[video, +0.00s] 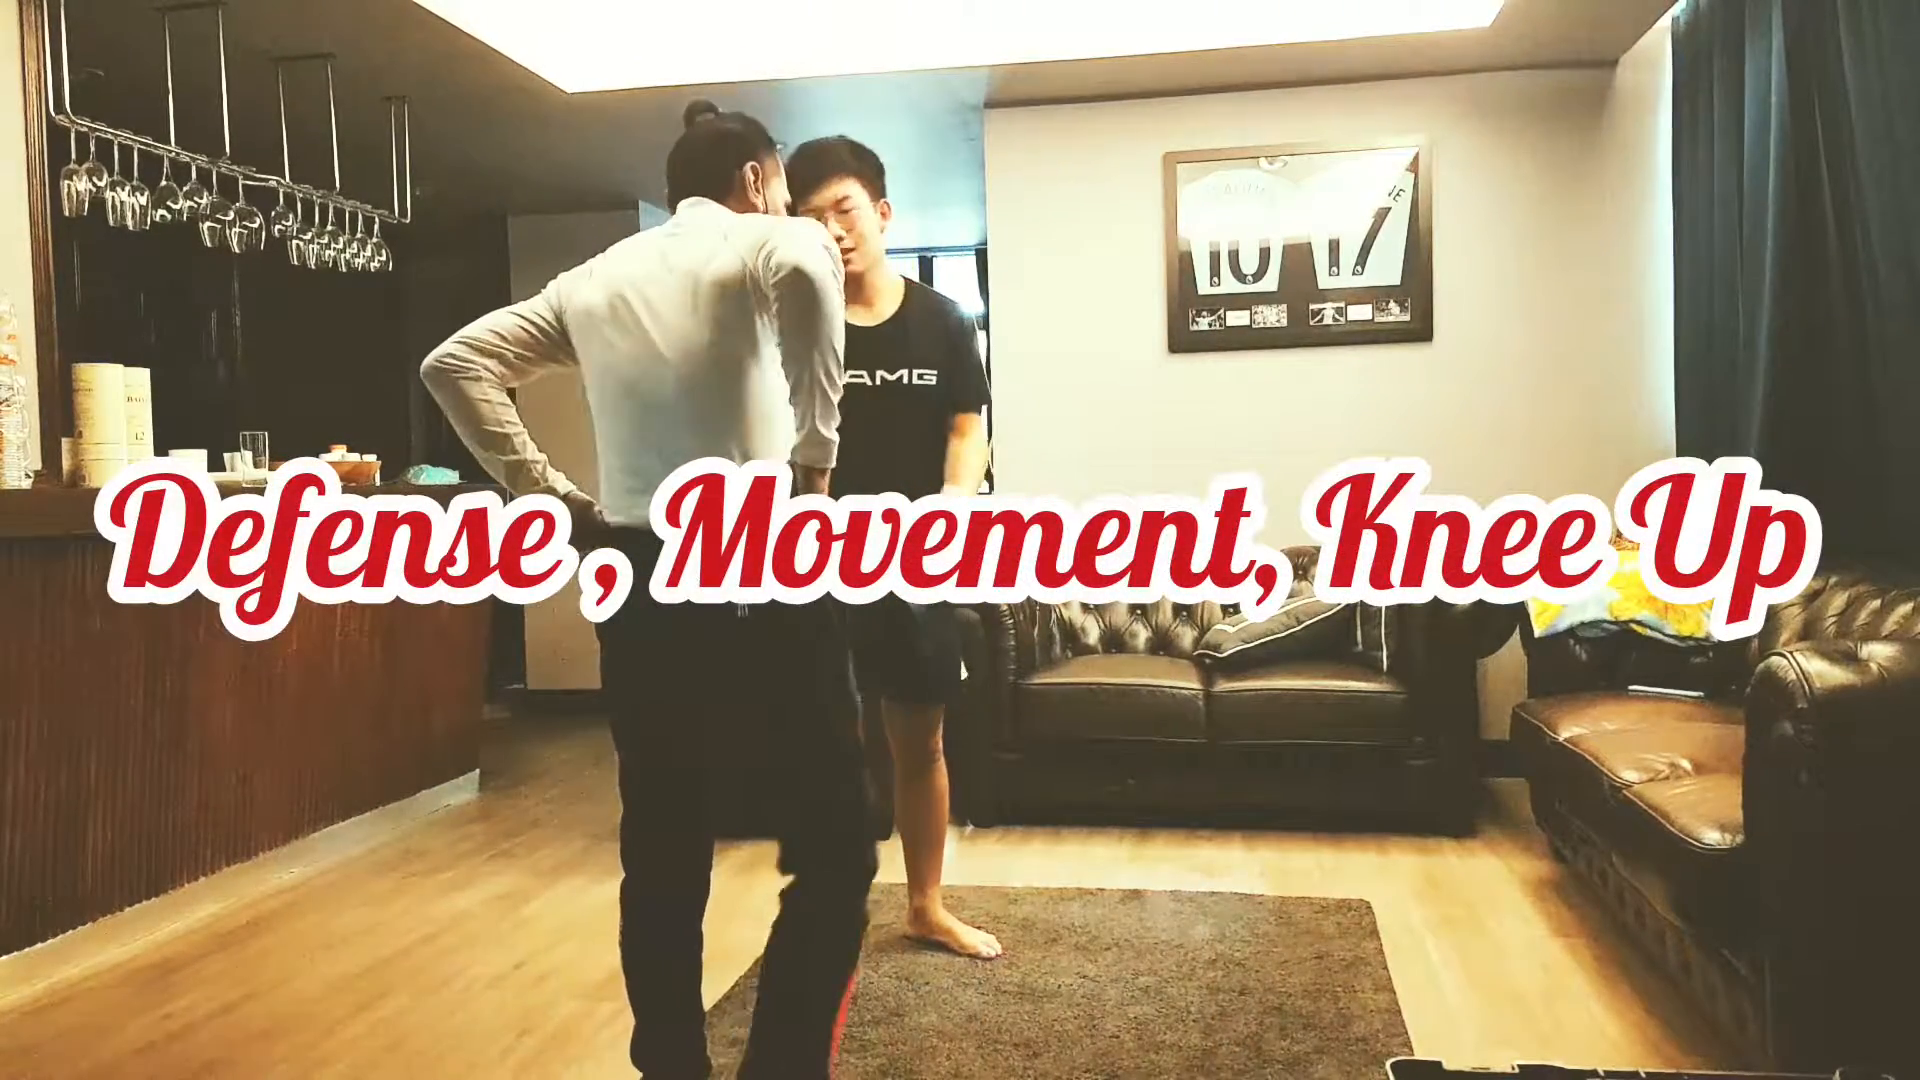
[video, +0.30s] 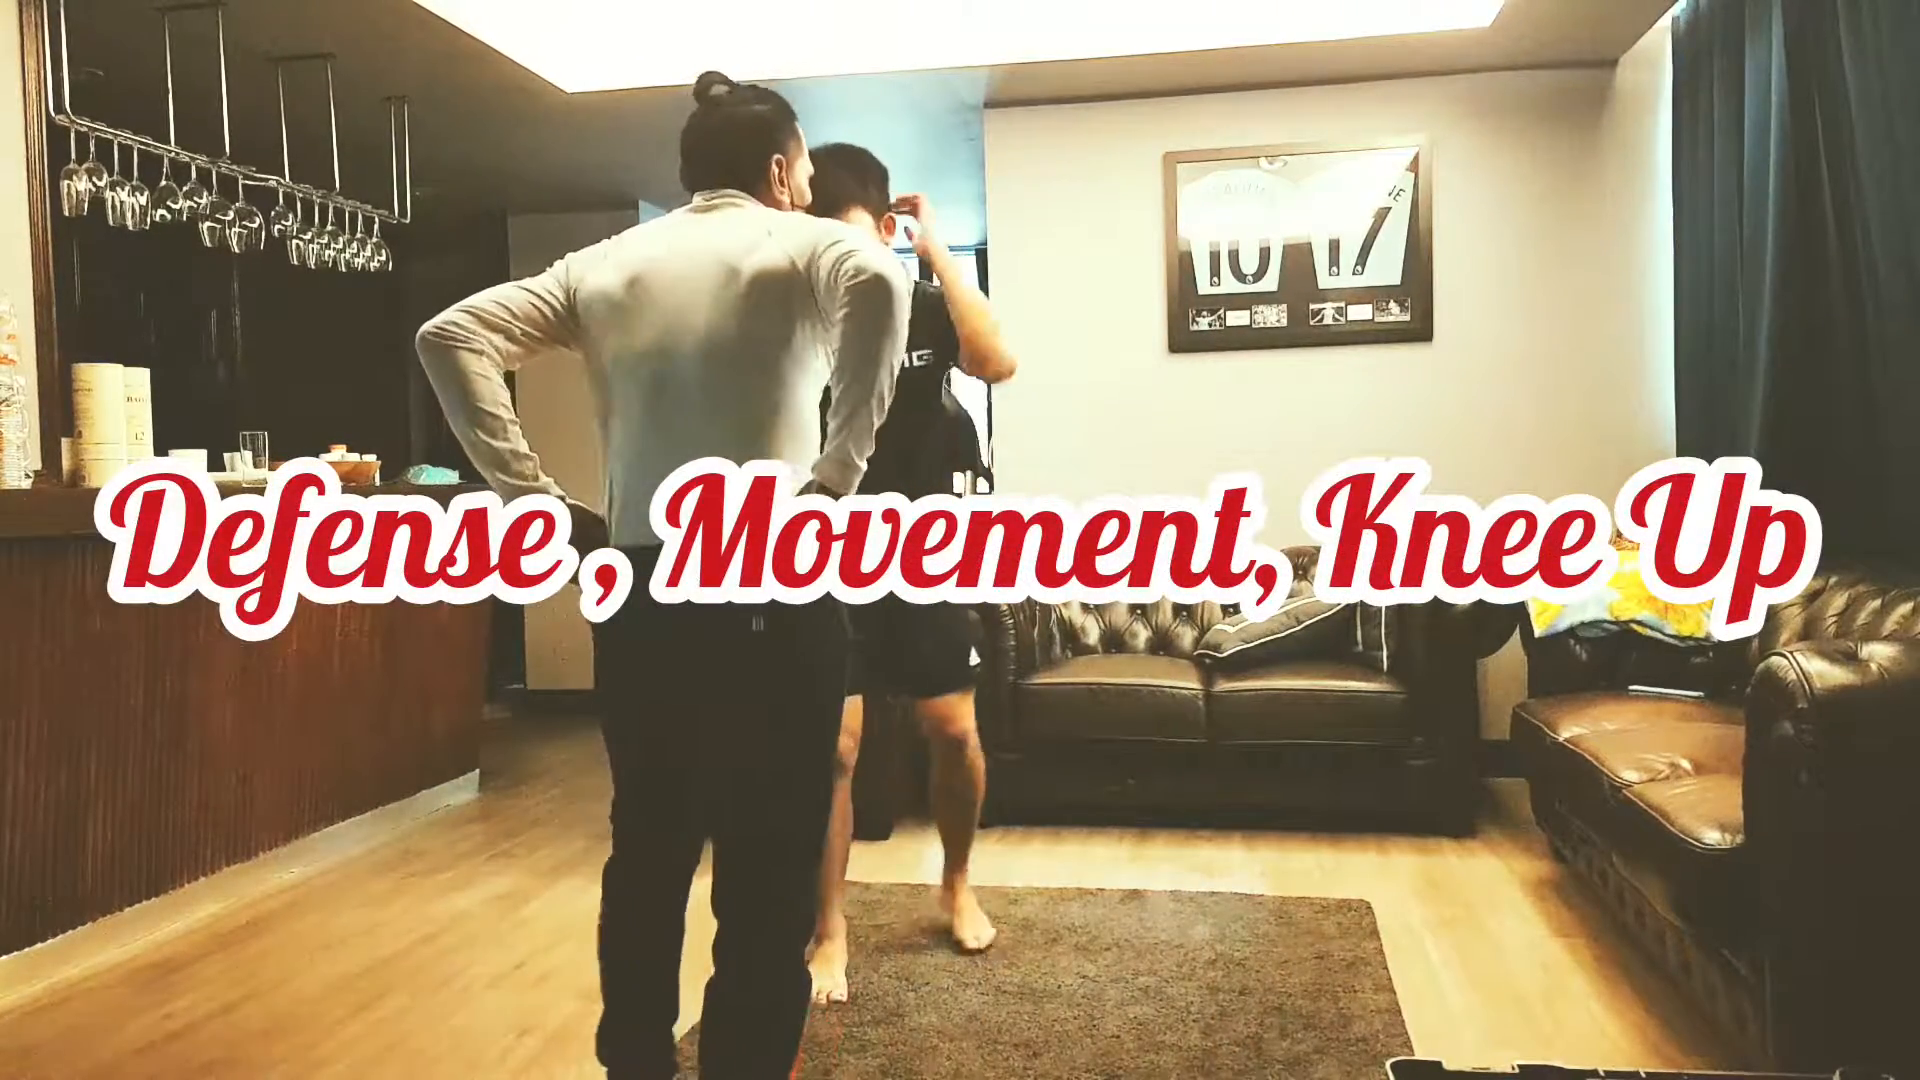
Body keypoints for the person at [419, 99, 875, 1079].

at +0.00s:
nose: (788, 199)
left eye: (783, 185)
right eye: (783, 185)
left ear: (678, 191)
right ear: (757, 181)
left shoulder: (594, 279)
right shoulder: (780, 236)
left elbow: (458, 364)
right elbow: (798, 273)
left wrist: (558, 504)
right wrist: (815, 464)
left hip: (639, 593)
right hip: (768, 589)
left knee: (661, 855)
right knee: (836, 848)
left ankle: (669, 1064)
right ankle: (783, 1066)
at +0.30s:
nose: (806, 185)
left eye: (802, 170)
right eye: (802, 170)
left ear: (691, 174)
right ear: (780, 173)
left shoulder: (603, 264)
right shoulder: (809, 244)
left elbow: (453, 335)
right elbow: (878, 273)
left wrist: (537, 497)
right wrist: (838, 470)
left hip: (638, 616)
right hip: (780, 619)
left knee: (646, 854)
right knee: (769, 883)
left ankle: (635, 1062)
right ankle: (747, 1063)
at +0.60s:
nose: (799, 158)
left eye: (798, 142)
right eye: (795, 142)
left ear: (680, 146)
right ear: (766, 143)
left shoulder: (593, 236)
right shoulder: (798, 214)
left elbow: (437, 311)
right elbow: (836, 258)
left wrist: (525, 475)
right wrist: (805, 453)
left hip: (615, 603)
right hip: (759, 609)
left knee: (597, 903)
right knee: (766, 917)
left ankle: (554, 1072)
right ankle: (740, 1071)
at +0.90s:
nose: (753, 178)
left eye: (749, 162)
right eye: (747, 161)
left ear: (635, 170)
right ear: (720, 161)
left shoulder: (541, 261)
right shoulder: (758, 232)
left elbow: (380, 350)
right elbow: (818, 289)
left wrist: (475, 491)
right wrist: (830, 472)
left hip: (579, 603)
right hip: (731, 599)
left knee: (581, 894)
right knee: (825, 848)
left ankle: (550, 1068)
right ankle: (787, 1066)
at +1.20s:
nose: (780, 172)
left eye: (776, 156)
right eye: (774, 156)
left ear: (664, 172)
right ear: (750, 163)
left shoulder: (590, 283)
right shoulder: (806, 262)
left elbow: (518, 454)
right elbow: (879, 437)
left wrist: (601, 534)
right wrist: (883, 568)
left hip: (651, 626)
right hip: (793, 621)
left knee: (628, 886)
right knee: (819, 876)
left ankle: (579, 1068)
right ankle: (829, 1061)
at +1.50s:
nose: (850, 205)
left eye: (851, 188)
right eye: (850, 187)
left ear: (743, 181)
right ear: (830, 191)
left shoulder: (654, 279)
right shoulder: (863, 298)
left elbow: (589, 440)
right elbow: (921, 482)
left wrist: (668, 545)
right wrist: (939, 625)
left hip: (689, 627)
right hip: (829, 629)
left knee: (689, 835)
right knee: (833, 867)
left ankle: (662, 1048)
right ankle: (830, 1061)